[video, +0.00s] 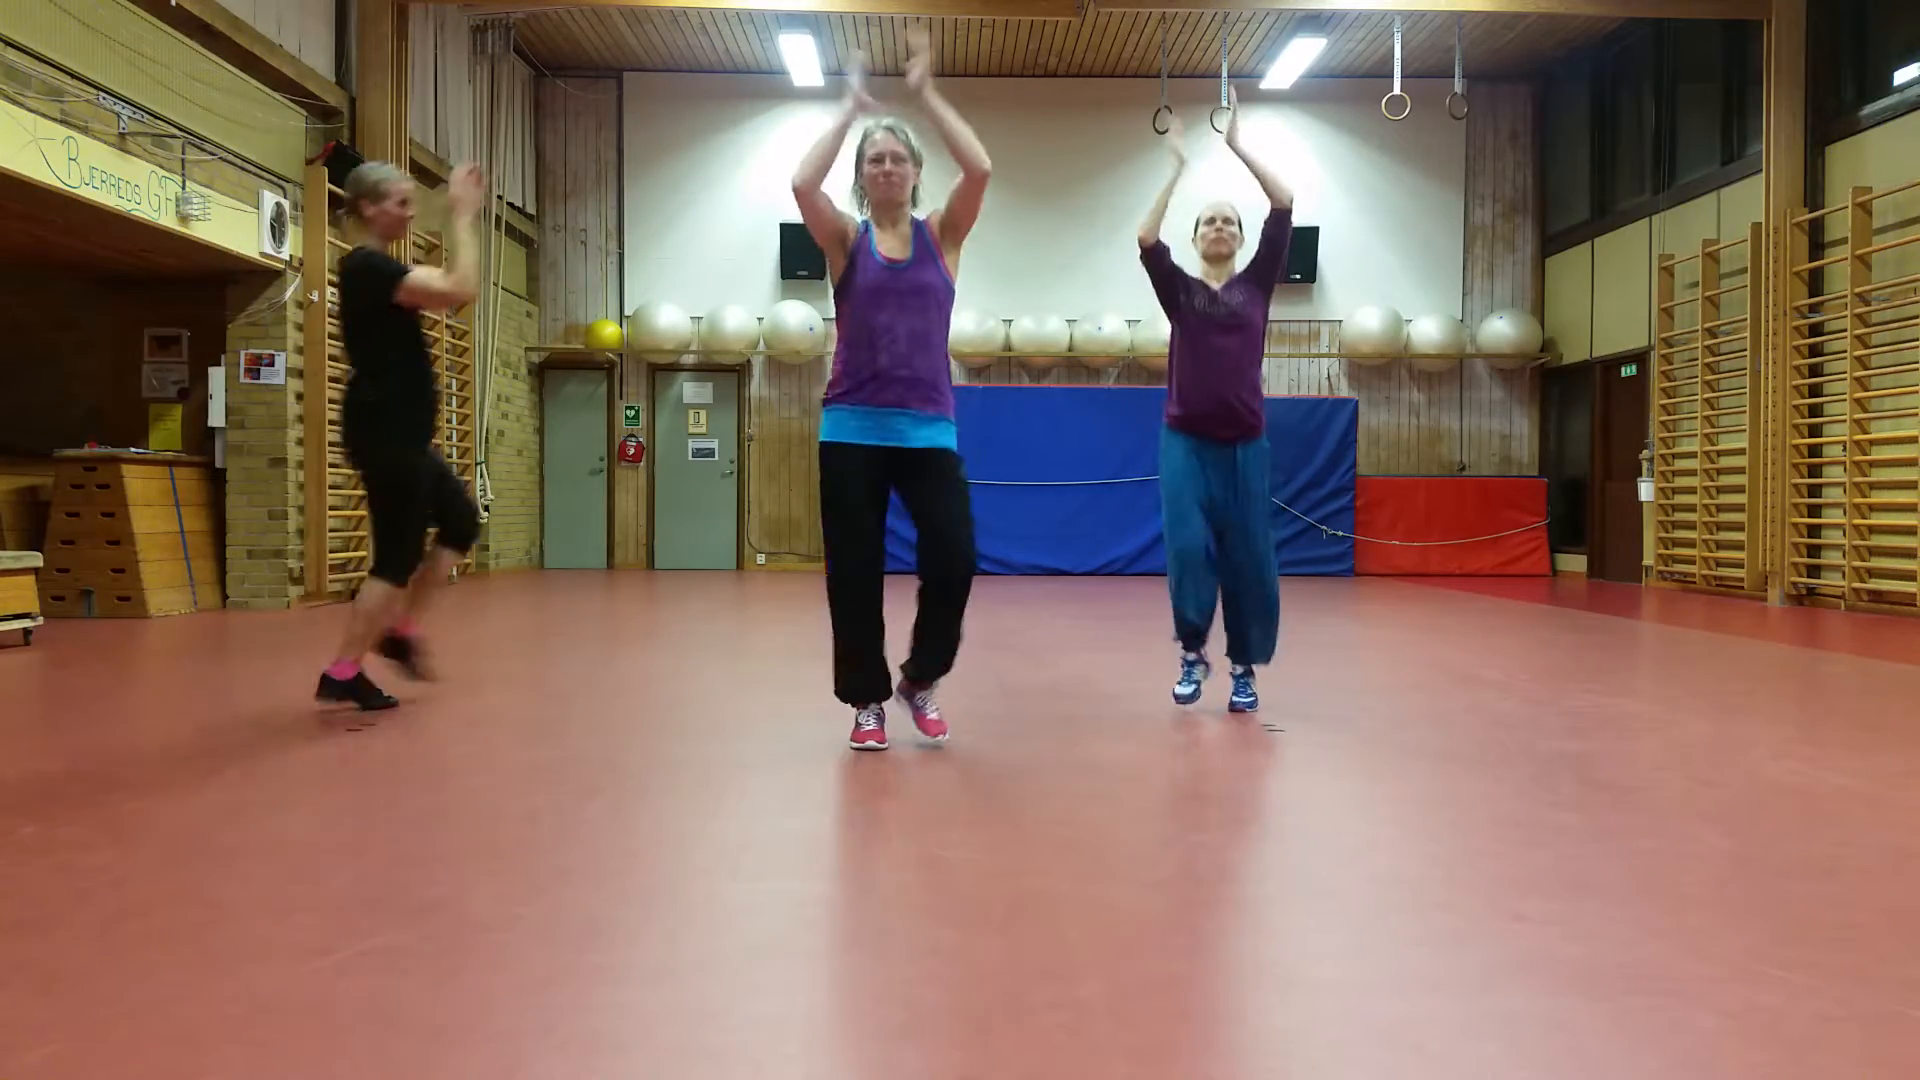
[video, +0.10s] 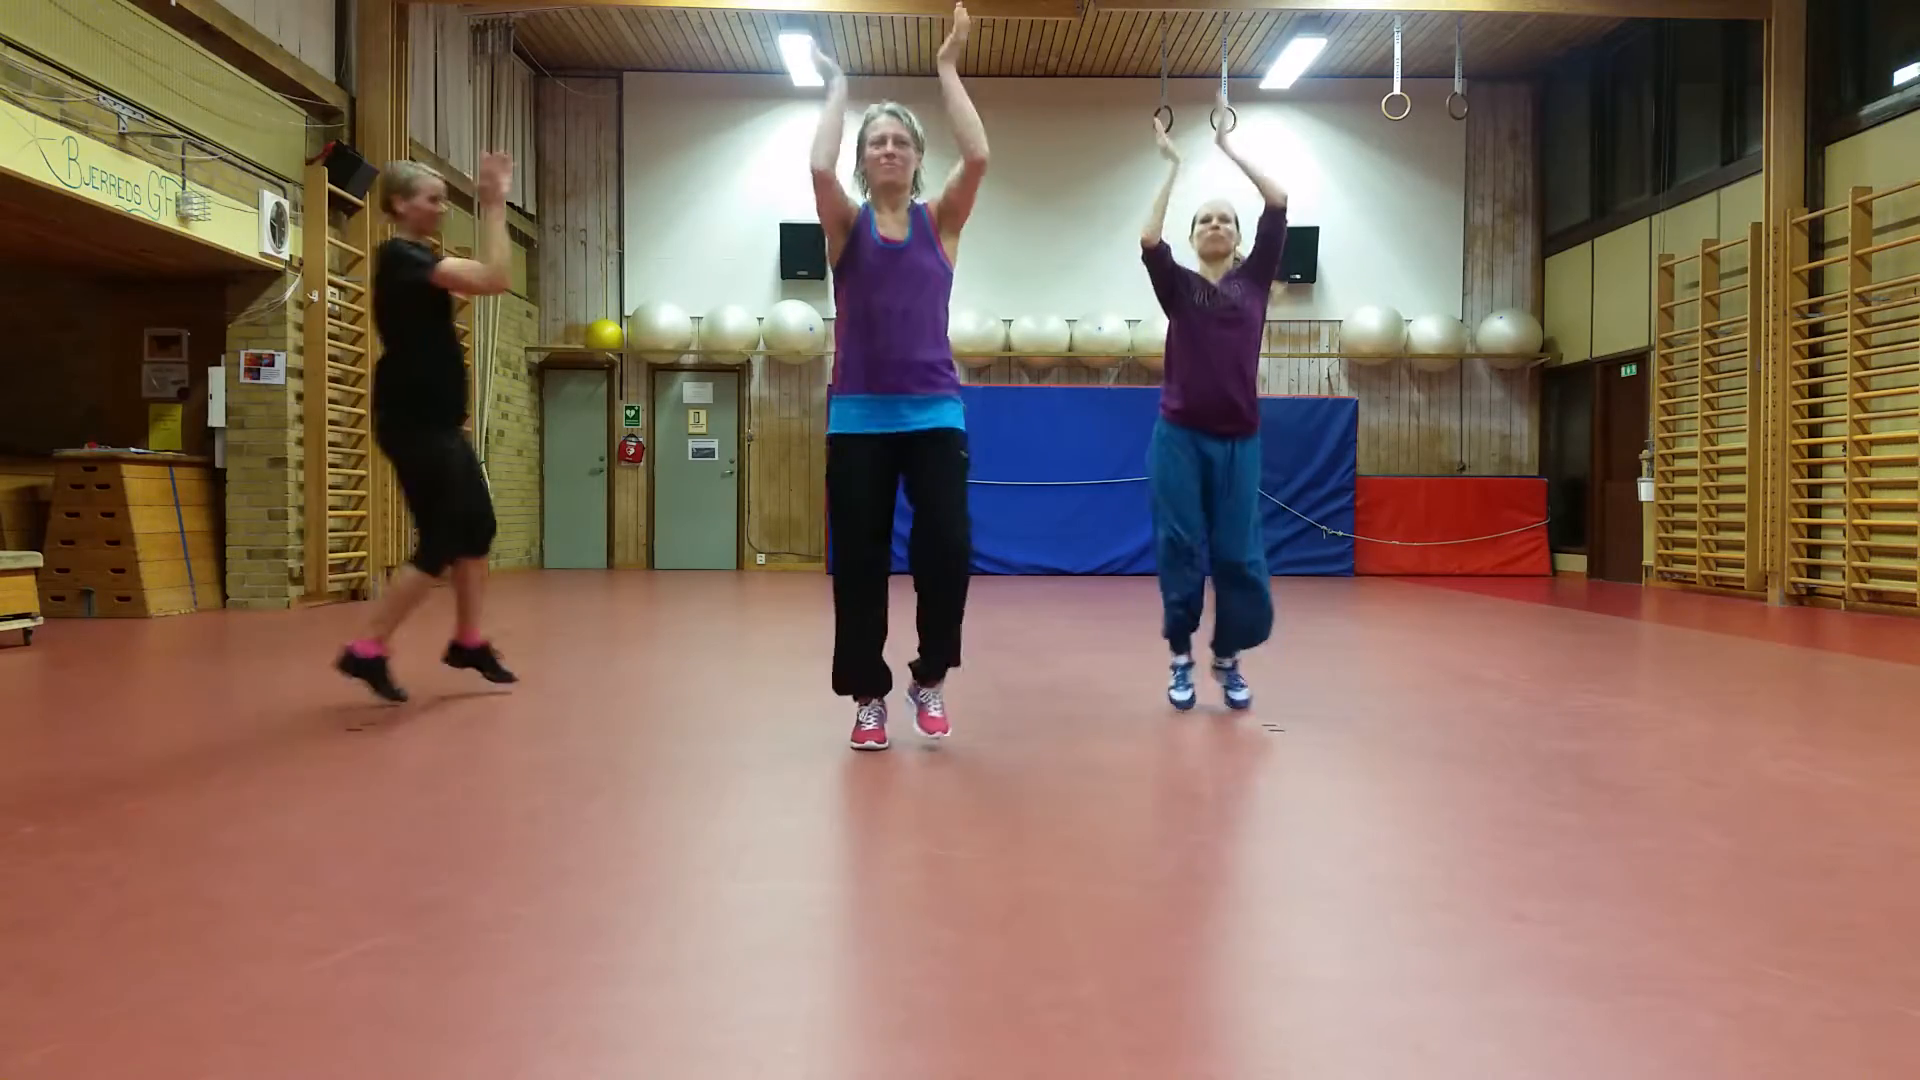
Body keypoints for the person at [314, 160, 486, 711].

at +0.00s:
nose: (410, 211)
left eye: (410, 202)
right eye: (400, 202)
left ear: (385, 210)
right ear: (368, 209)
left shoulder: (380, 263)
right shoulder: (366, 265)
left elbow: (455, 291)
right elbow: (459, 287)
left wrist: (462, 214)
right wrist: (464, 215)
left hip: (400, 432)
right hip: (382, 435)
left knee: (461, 523)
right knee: (398, 561)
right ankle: (342, 671)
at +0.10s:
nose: (441, 208)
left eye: (443, 199)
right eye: (432, 199)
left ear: (431, 205)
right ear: (400, 204)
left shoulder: (424, 256)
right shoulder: (398, 256)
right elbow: (492, 278)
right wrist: (494, 203)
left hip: (438, 414)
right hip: (410, 416)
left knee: (475, 525)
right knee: (448, 533)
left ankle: (468, 641)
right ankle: (367, 648)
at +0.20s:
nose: (465, 227)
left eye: (467, 218)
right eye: (453, 218)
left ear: (469, 225)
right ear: (423, 230)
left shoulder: (458, 280)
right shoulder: (425, 283)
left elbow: (515, 289)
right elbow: (513, 294)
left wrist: (517, 227)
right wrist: (521, 230)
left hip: (476, 433)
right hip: (441, 436)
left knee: (496, 548)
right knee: (482, 548)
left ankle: (472, 654)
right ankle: (413, 654)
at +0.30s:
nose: (475, 237)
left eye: (482, 229)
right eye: (464, 231)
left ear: (493, 240)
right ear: (449, 246)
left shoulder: (499, 295)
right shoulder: (449, 294)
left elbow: (567, 299)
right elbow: (515, 308)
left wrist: (548, 237)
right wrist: (532, 238)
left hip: (501, 450)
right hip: (462, 451)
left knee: (501, 564)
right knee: (530, 553)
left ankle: (468, 661)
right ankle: (450, 642)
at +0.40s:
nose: (497, 217)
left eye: (505, 208)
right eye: (486, 211)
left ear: (522, 218)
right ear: (476, 223)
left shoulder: (538, 286)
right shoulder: (465, 275)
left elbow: (596, 291)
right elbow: (508, 294)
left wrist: (583, 228)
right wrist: (526, 224)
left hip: (527, 434)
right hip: (485, 435)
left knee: (514, 548)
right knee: (552, 527)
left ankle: (474, 649)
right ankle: (509, 638)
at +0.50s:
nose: (530, 207)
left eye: (535, 199)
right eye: (520, 199)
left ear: (547, 211)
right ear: (502, 211)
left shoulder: (563, 269)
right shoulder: (487, 267)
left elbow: (611, 275)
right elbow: (519, 285)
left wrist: (594, 208)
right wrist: (519, 216)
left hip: (548, 417)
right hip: (504, 417)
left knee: (558, 531)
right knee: (557, 527)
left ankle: (503, 640)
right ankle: (558, 650)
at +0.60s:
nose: (544, 226)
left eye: (551, 218)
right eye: (534, 218)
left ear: (563, 228)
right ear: (519, 231)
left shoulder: (585, 287)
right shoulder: (511, 286)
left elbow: (619, 274)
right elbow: (528, 298)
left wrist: (576, 219)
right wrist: (552, 238)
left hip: (576, 434)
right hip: (530, 434)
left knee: (600, 553)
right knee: (564, 541)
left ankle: (535, 645)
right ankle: (553, 666)